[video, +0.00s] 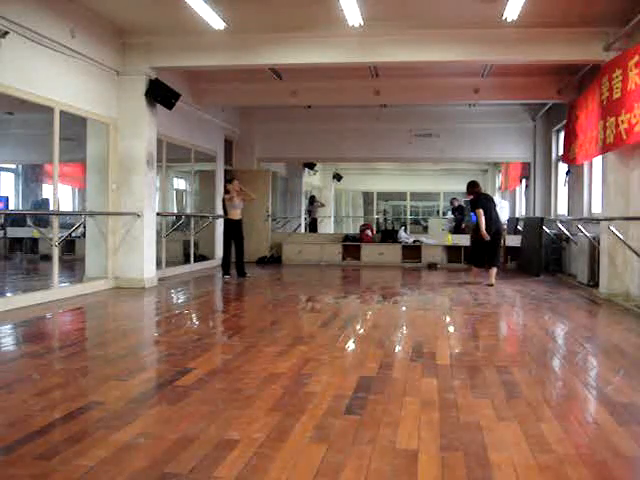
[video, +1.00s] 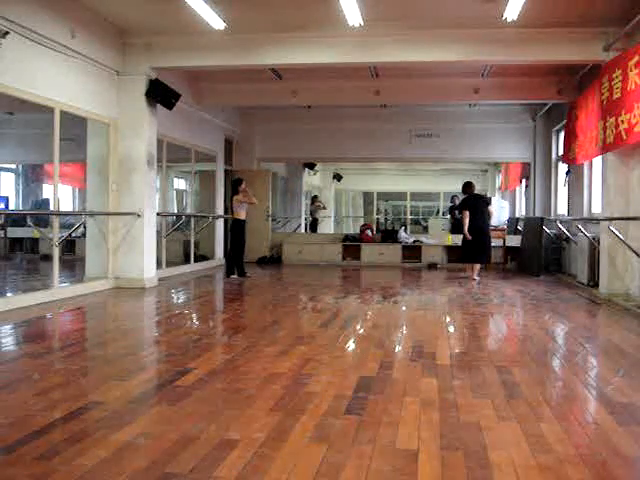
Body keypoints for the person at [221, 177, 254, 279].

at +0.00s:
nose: (238, 186)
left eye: (238, 184)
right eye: (235, 183)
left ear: (238, 186)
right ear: (230, 186)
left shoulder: (239, 196)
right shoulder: (226, 197)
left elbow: (252, 197)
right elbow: (231, 199)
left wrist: (243, 190)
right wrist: (232, 191)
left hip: (238, 220)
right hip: (229, 220)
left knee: (240, 247)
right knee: (227, 248)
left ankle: (241, 272)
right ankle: (226, 272)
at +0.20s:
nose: (241, 186)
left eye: (241, 184)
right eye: (239, 184)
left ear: (240, 187)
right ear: (232, 186)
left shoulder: (242, 197)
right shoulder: (229, 197)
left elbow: (254, 195)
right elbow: (233, 196)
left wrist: (246, 190)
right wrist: (236, 191)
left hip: (241, 220)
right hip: (232, 220)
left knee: (240, 248)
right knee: (229, 248)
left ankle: (241, 272)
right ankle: (227, 272)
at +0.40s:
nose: (243, 188)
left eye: (243, 185)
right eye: (241, 185)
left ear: (244, 187)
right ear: (236, 187)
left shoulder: (244, 197)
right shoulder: (234, 198)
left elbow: (256, 201)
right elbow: (239, 205)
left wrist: (249, 195)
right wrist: (243, 198)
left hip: (244, 221)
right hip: (236, 220)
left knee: (242, 248)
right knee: (233, 248)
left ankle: (241, 272)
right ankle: (228, 272)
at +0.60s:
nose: (245, 186)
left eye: (245, 184)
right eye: (243, 184)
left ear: (242, 186)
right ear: (239, 187)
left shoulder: (244, 197)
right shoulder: (237, 198)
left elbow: (258, 203)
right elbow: (249, 202)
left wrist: (251, 195)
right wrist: (247, 193)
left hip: (244, 221)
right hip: (237, 221)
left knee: (242, 248)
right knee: (235, 248)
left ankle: (241, 271)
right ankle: (229, 272)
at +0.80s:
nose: (245, 188)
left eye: (245, 185)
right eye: (243, 186)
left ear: (242, 187)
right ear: (239, 187)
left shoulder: (243, 198)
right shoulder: (237, 198)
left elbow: (256, 202)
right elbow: (253, 202)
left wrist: (249, 191)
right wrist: (248, 192)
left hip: (243, 221)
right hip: (237, 221)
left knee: (241, 247)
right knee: (236, 247)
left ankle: (241, 271)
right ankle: (230, 271)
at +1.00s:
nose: (244, 187)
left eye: (244, 185)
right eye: (243, 185)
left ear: (240, 187)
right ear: (238, 187)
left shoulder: (241, 198)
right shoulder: (236, 198)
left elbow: (254, 201)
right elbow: (253, 201)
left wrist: (248, 193)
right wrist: (248, 192)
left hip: (242, 221)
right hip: (237, 221)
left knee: (240, 247)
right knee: (235, 247)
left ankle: (241, 271)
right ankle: (230, 271)